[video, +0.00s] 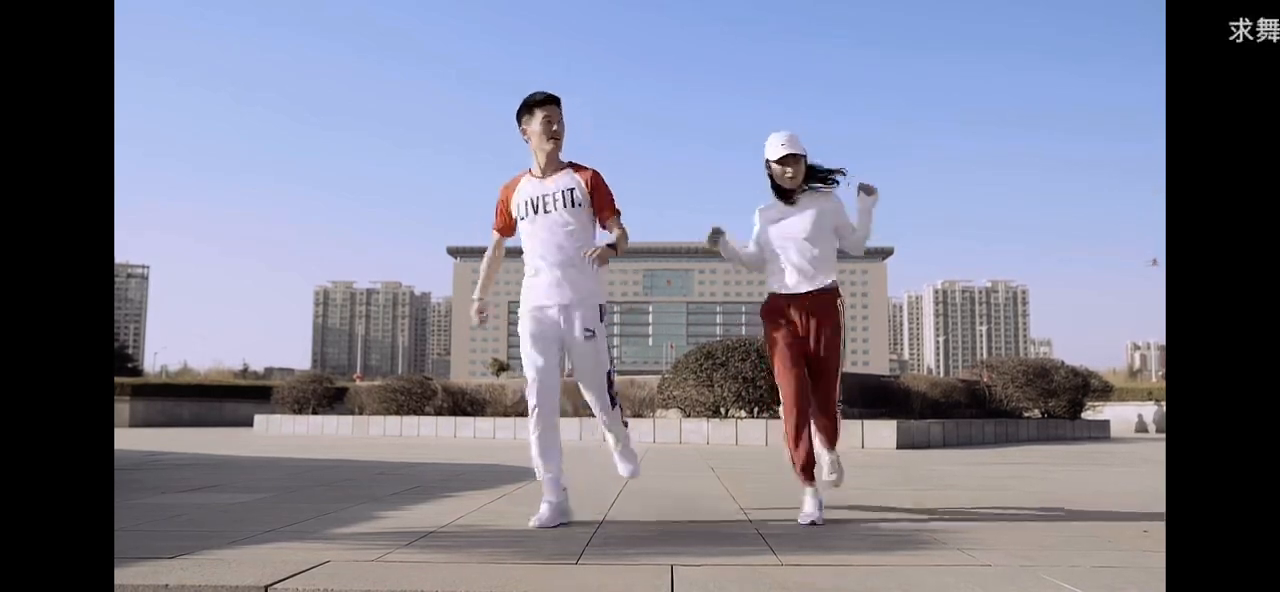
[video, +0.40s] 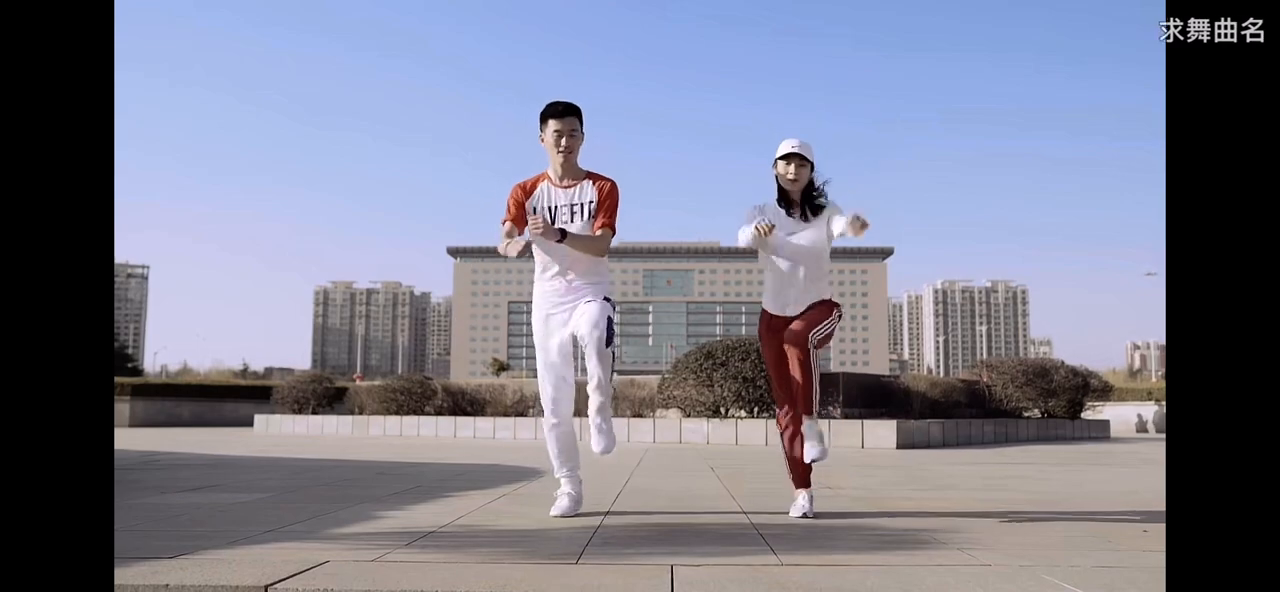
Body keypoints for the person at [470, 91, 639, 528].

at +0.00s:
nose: (555, 125)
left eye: (558, 119)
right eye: (545, 120)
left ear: (564, 128)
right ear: (525, 131)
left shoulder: (587, 178)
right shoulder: (512, 190)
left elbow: (618, 232)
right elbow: (496, 247)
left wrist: (610, 245)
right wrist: (480, 293)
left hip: (583, 300)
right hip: (537, 302)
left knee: (599, 396)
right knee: (540, 403)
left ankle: (618, 441)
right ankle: (553, 498)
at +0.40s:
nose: (565, 141)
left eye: (573, 134)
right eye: (557, 134)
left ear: (582, 139)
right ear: (543, 139)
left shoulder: (603, 188)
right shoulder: (525, 191)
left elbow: (601, 248)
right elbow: (505, 244)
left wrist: (555, 234)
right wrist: (514, 243)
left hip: (591, 295)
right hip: (548, 302)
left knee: (592, 331)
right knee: (555, 402)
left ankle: (600, 411)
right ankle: (568, 486)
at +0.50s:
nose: (570, 125)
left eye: (578, 118)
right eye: (563, 118)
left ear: (587, 123)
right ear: (549, 123)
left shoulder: (608, 172)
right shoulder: (532, 174)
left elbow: (612, 237)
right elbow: (520, 233)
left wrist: (569, 227)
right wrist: (546, 242)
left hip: (594, 292)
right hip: (552, 295)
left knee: (598, 376)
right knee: (558, 387)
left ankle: (582, 469)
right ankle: (575, 474)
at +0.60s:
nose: (575, 132)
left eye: (582, 125)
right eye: (567, 125)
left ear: (592, 131)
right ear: (554, 131)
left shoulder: (613, 182)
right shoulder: (536, 183)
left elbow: (621, 244)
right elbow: (521, 243)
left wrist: (586, 251)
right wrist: (546, 261)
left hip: (595, 301)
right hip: (552, 303)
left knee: (597, 394)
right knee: (566, 399)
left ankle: (571, 485)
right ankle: (591, 481)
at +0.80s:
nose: (584, 122)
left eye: (592, 115)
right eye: (576, 115)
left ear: (603, 120)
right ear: (563, 120)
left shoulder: (622, 170)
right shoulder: (544, 170)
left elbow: (647, 216)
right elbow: (515, 211)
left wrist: (646, 235)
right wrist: (500, 244)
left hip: (601, 291)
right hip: (556, 290)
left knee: (600, 385)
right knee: (544, 378)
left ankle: (602, 482)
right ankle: (547, 463)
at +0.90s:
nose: (585, 132)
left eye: (592, 125)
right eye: (577, 125)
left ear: (603, 131)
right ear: (564, 131)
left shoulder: (624, 176)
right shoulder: (547, 177)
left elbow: (669, 196)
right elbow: (508, 186)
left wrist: (665, 203)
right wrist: (484, 202)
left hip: (605, 304)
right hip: (558, 301)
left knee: (611, 400)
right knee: (536, 366)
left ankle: (628, 489)